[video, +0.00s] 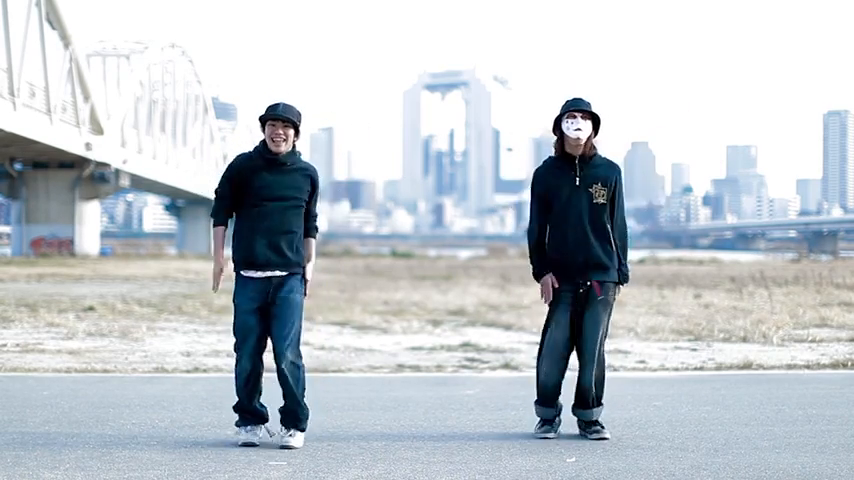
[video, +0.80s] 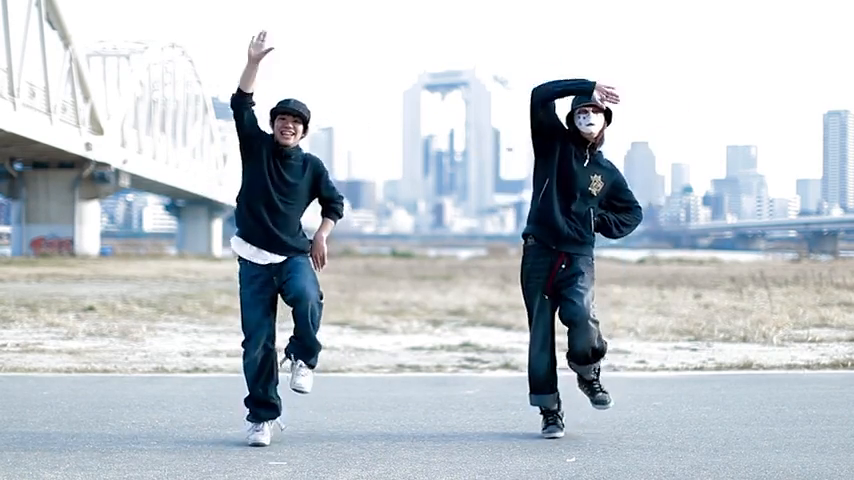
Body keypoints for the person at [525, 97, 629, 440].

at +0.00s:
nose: (576, 125)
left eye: (582, 120)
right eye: (569, 120)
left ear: (592, 128)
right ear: (560, 127)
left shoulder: (609, 171)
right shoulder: (545, 172)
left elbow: (618, 224)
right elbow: (536, 226)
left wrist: (621, 271)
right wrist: (542, 271)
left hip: (601, 271)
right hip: (561, 272)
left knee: (592, 347)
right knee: (553, 346)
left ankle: (590, 417)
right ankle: (547, 416)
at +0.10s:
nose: (569, 125)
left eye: (575, 119)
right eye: (563, 119)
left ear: (587, 124)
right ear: (554, 126)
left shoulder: (610, 164)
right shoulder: (543, 169)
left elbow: (649, 198)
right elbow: (506, 203)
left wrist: (640, 244)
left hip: (604, 263)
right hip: (563, 264)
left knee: (596, 342)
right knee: (567, 327)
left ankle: (589, 413)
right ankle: (550, 396)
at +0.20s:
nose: (562, 121)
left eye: (569, 116)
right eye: (556, 116)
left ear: (580, 123)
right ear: (547, 125)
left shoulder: (604, 154)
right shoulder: (538, 166)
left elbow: (655, 166)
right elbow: (497, 160)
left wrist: (636, 207)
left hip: (608, 255)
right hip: (568, 255)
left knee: (602, 335)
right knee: (575, 305)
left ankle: (590, 412)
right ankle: (563, 366)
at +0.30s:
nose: (559, 121)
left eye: (565, 116)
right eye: (553, 117)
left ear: (577, 121)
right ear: (544, 124)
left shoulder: (602, 149)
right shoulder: (538, 165)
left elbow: (650, 160)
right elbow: (496, 148)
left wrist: (628, 197)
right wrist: (455, 113)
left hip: (613, 252)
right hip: (574, 254)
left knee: (606, 330)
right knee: (582, 313)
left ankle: (596, 410)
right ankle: (565, 369)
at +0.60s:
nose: (577, 119)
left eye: (582, 113)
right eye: (569, 115)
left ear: (594, 120)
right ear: (561, 123)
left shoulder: (608, 167)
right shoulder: (540, 154)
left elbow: (640, 196)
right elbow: (500, 125)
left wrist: (614, 219)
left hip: (594, 258)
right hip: (553, 258)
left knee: (593, 321)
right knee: (557, 334)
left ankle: (595, 382)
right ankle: (557, 412)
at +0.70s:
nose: (583, 118)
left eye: (589, 113)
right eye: (577, 112)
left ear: (599, 121)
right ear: (567, 118)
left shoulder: (606, 169)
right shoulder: (547, 144)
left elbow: (635, 203)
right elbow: (526, 100)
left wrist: (606, 219)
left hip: (584, 247)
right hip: (545, 246)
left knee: (587, 300)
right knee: (547, 329)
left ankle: (592, 359)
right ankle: (554, 410)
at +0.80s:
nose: (587, 117)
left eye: (594, 112)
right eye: (581, 112)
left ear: (605, 122)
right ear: (572, 119)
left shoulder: (607, 172)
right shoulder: (551, 142)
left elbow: (630, 213)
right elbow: (540, 97)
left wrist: (597, 221)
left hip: (578, 253)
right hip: (539, 248)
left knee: (581, 318)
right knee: (541, 331)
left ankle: (588, 374)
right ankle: (549, 410)